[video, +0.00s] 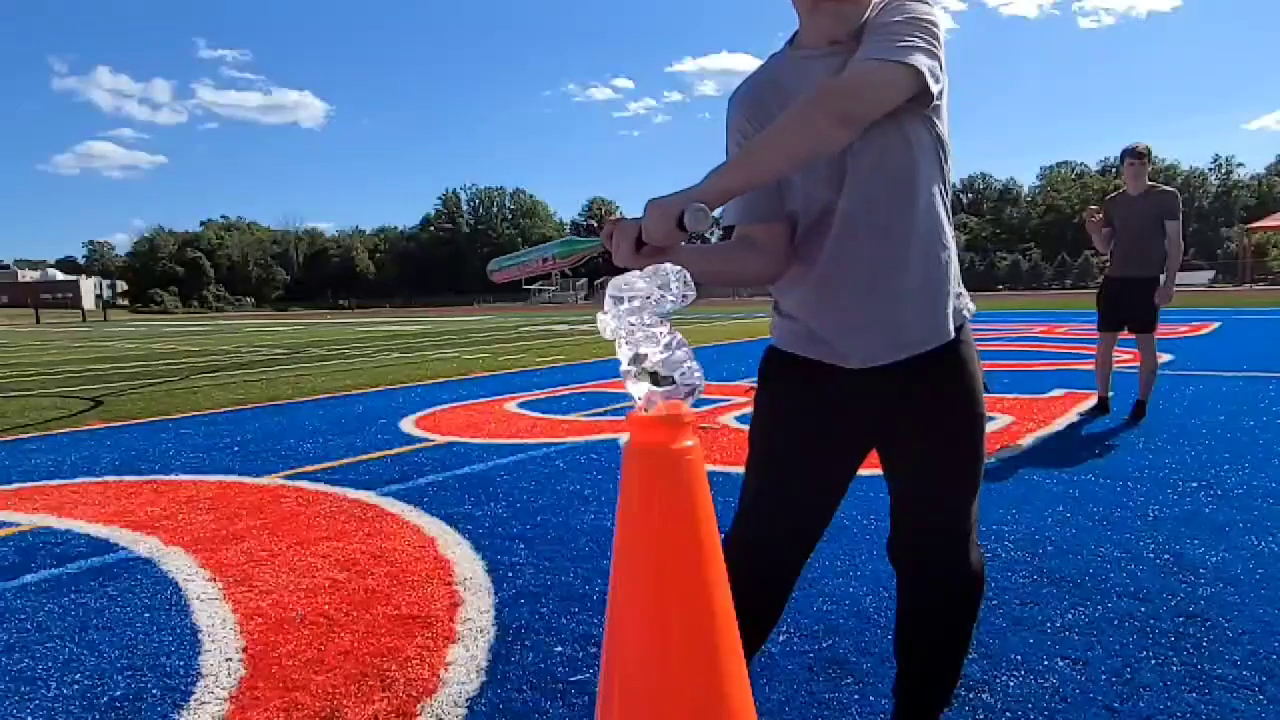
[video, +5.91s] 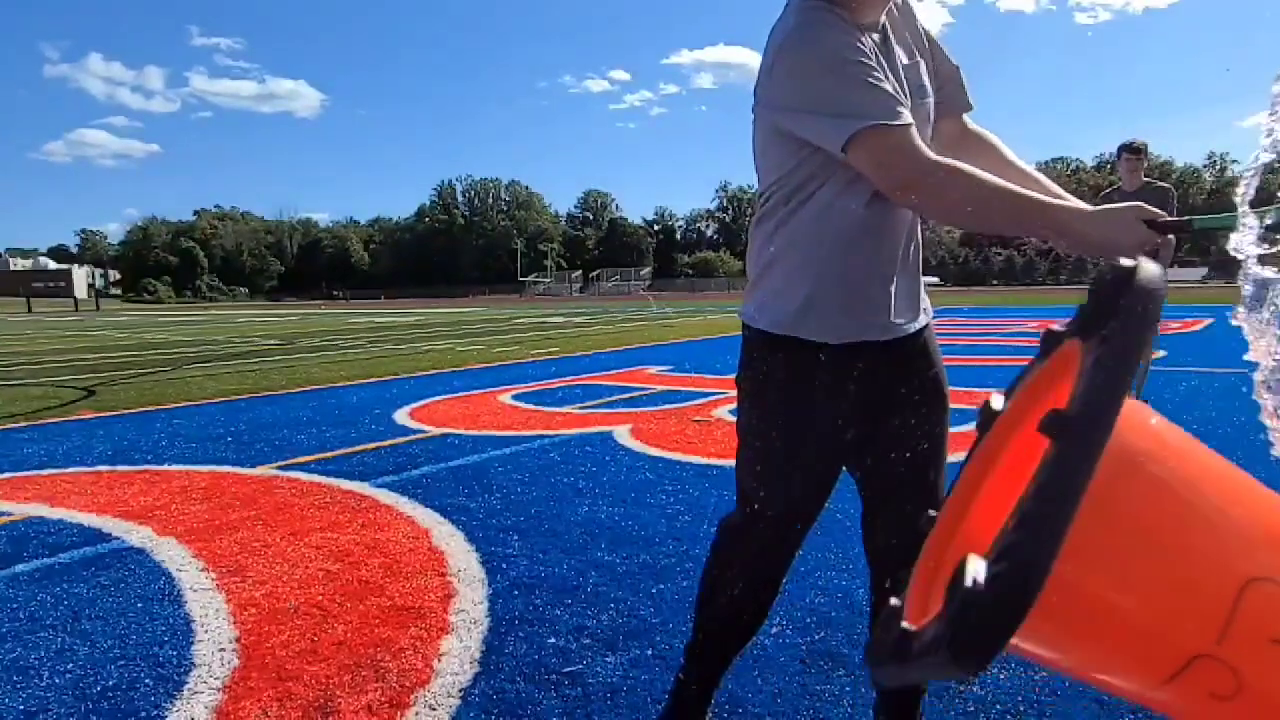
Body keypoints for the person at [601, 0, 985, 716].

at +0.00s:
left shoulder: (908, 21)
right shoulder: (756, 96)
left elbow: (843, 109)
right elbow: (766, 253)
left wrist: (696, 198)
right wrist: (663, 256)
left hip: (930, 358)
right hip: (809, 367)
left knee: (942, 569)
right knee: (753, 571)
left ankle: (919, 711)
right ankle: (687, 700)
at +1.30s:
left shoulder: (913, 23)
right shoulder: (768, 83)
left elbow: (909, 116)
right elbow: (777, 227)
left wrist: (816, 209)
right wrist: (740, 271)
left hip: (924, 355)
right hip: (809, 362)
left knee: (938, 566)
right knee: (762, 559)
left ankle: (915, 709)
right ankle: (686, 695)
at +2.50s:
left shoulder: (922, 23)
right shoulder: (781, 68)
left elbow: (944, 124)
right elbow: (810, 212)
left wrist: (916, 195)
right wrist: (855, 264)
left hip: (920, 357)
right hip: (814, 362)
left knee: (930, 559)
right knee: (765, 551)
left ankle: (908, 712)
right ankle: (684, 693)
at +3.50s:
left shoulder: (915, 18)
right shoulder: (787, 57)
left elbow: (954, 126)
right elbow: (832, 205)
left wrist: (1000, 201)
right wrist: (979, 263)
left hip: (912, 335)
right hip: (810, 345)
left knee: (923, 545)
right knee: (769, 537)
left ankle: (935, 695)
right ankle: (697, 701)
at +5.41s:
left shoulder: (908, 21)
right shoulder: (805, 40)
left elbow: (965, 129)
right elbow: (900, 181)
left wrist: (1084, 217)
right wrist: (1075, 236)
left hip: (901, 341)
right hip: (802, 347)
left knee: (910, 545)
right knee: (766, 536)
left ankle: (904, 697)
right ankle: (693, 696)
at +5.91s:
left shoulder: (905, 24)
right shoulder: (811, 38)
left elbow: (958, 134)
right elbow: (912, 177)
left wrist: (1085, 216)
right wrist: (1081, 228)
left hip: (899, 342)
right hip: (799, 346)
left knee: (909, 549)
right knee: (766, 533)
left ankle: (900, 704)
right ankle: (691, 698)